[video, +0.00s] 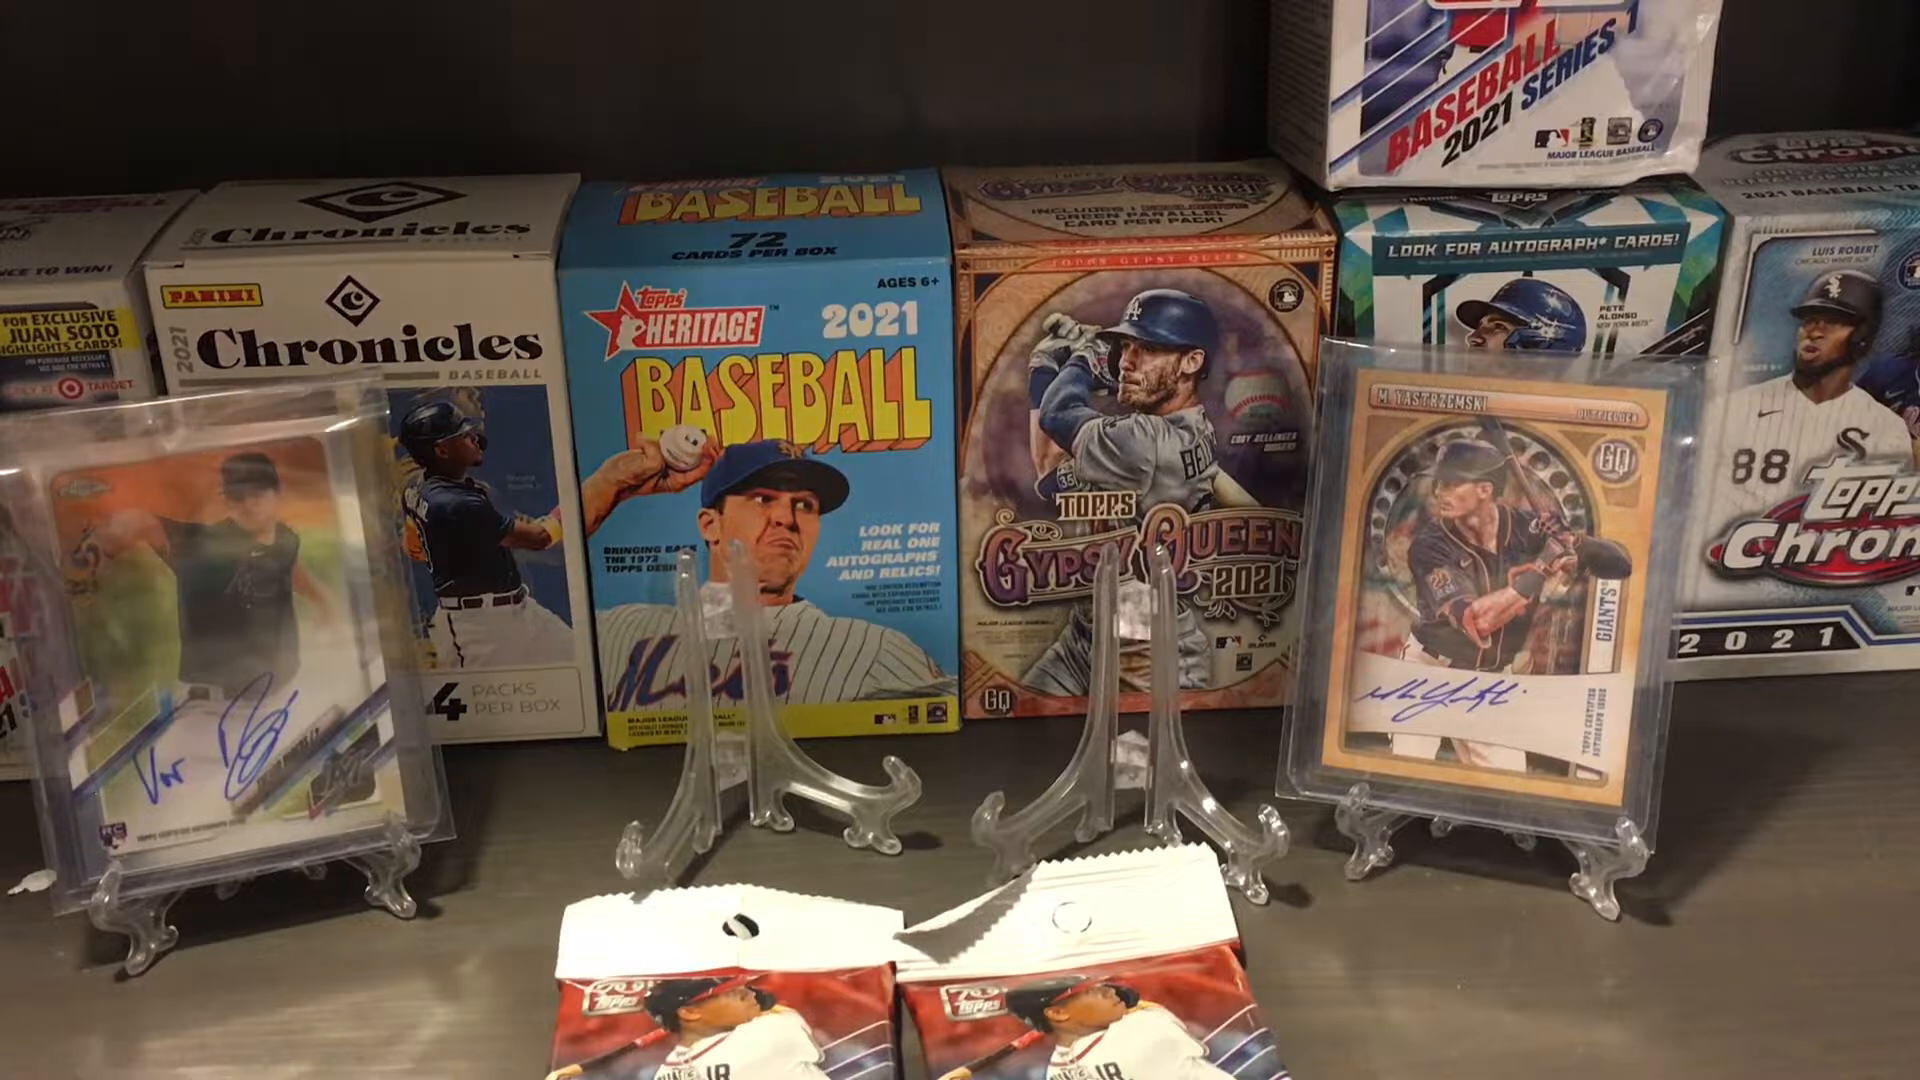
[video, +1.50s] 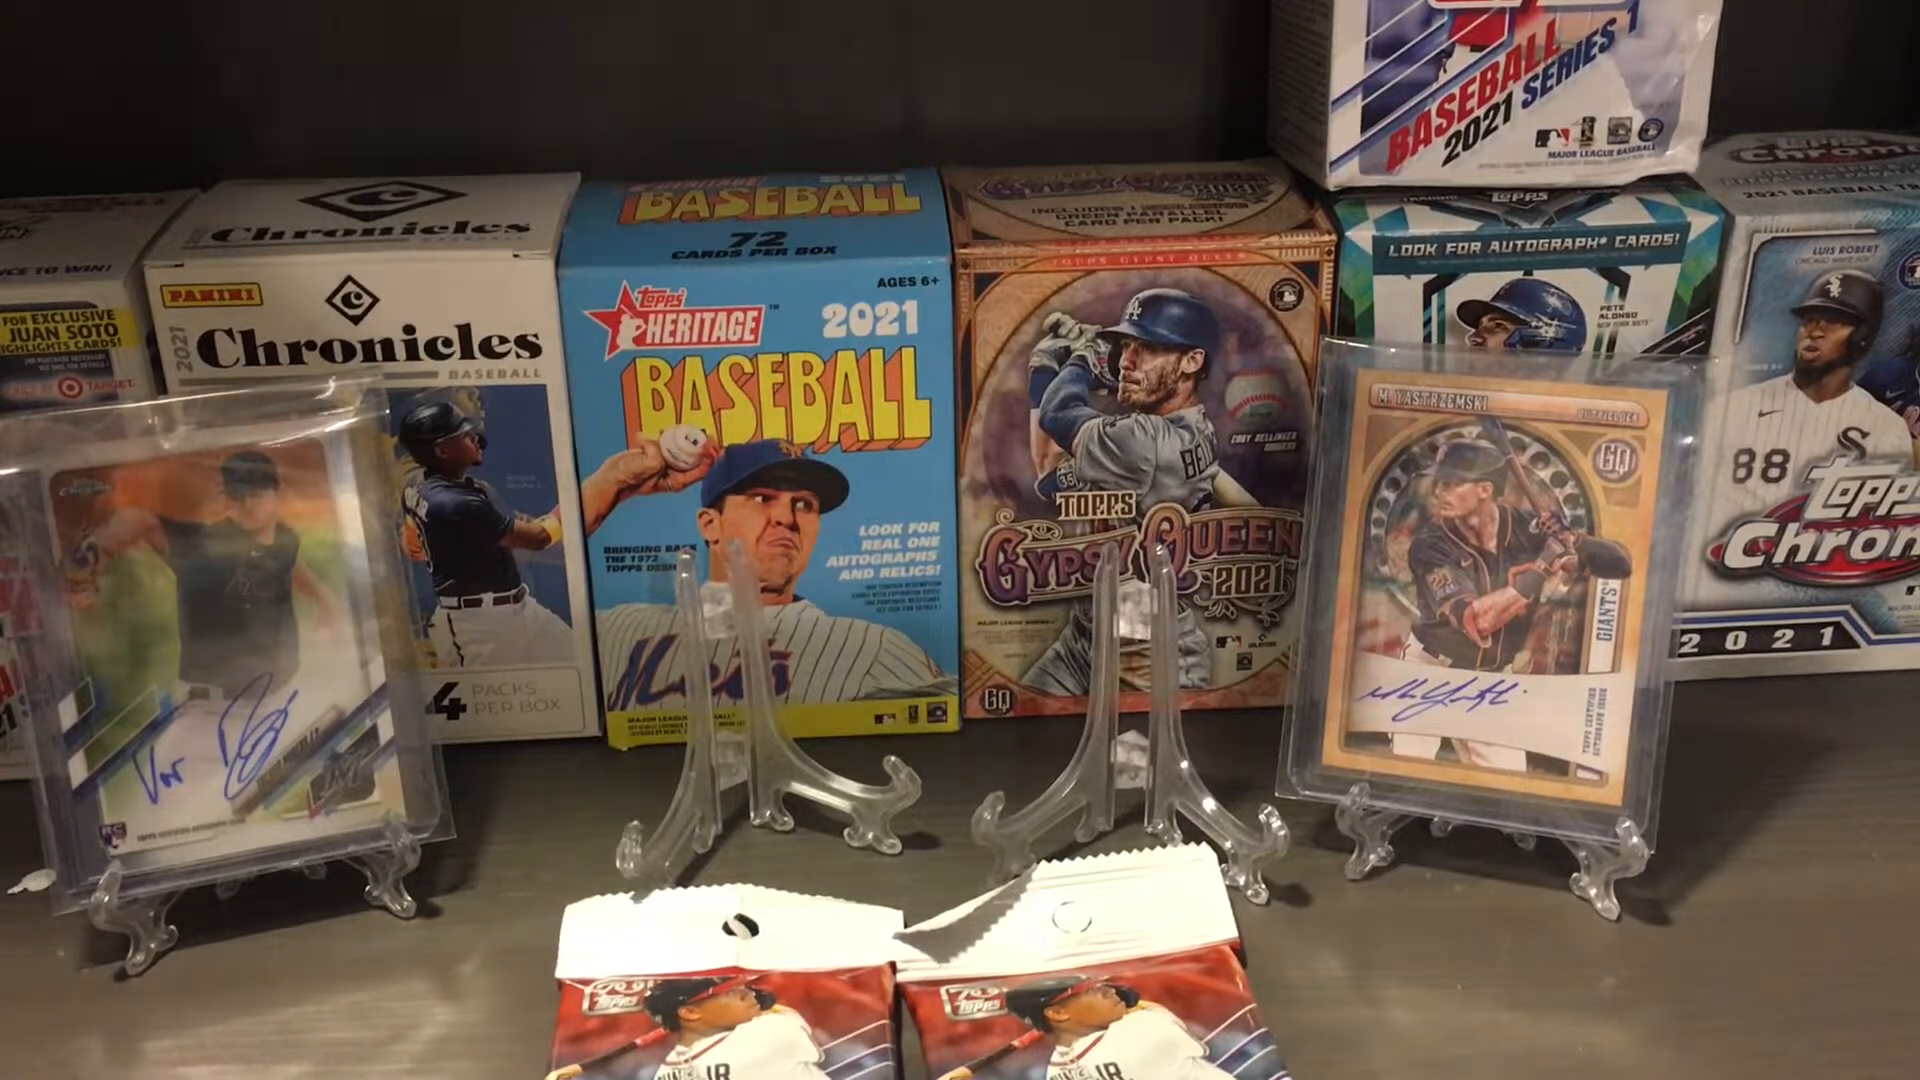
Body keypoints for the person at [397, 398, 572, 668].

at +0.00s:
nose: (475, 436)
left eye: (469, 430)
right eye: (465, 433)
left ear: (442, 451)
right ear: (441, 450)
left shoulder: (421, 489)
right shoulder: (461, 507)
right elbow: (539, 537)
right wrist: (567, 511)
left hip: (519, 609)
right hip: (473, 622)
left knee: (587, 664)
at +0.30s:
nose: (475, 435)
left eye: (469, 429)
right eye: (464, 433)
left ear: (442, 451)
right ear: (442, 450)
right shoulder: (461, 507)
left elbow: (413, 545)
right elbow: (539, 537)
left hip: (520, 610)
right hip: (474, 624)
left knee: (589, 664)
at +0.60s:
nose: (475, 436)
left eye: (469, 430)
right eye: (464, 434)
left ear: (443, 451)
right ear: (442, 450)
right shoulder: (460, 507)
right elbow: (539, 538)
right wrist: (570, 509)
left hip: (519, 609)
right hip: (474, 623)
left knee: (587, 664)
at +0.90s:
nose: (474, 436)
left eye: (469, 430)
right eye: (464, 434)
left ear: (443, 451)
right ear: (442, 450)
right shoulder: (459, 506)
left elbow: (413, 544)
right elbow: (539, 537)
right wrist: (570, 510)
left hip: (520, 610)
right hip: (473, 624)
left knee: (588, 664)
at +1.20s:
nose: (474, 436)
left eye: (469, 430)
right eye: (464, 434)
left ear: (442, 451)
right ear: (441, 450)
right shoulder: (459, 505)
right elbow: (538, 537)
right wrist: (569, 512)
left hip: (520, 609)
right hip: (474, 623)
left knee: (588, 664)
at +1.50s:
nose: (474, 435)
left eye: (468, 429)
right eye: (464, 433)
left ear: (443, 451)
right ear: (442, 450)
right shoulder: (461, 506)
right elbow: (539, 537)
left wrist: (538, 523)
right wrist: (570, 510)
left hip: (520, 610)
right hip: (474, 623)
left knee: (588, 664)